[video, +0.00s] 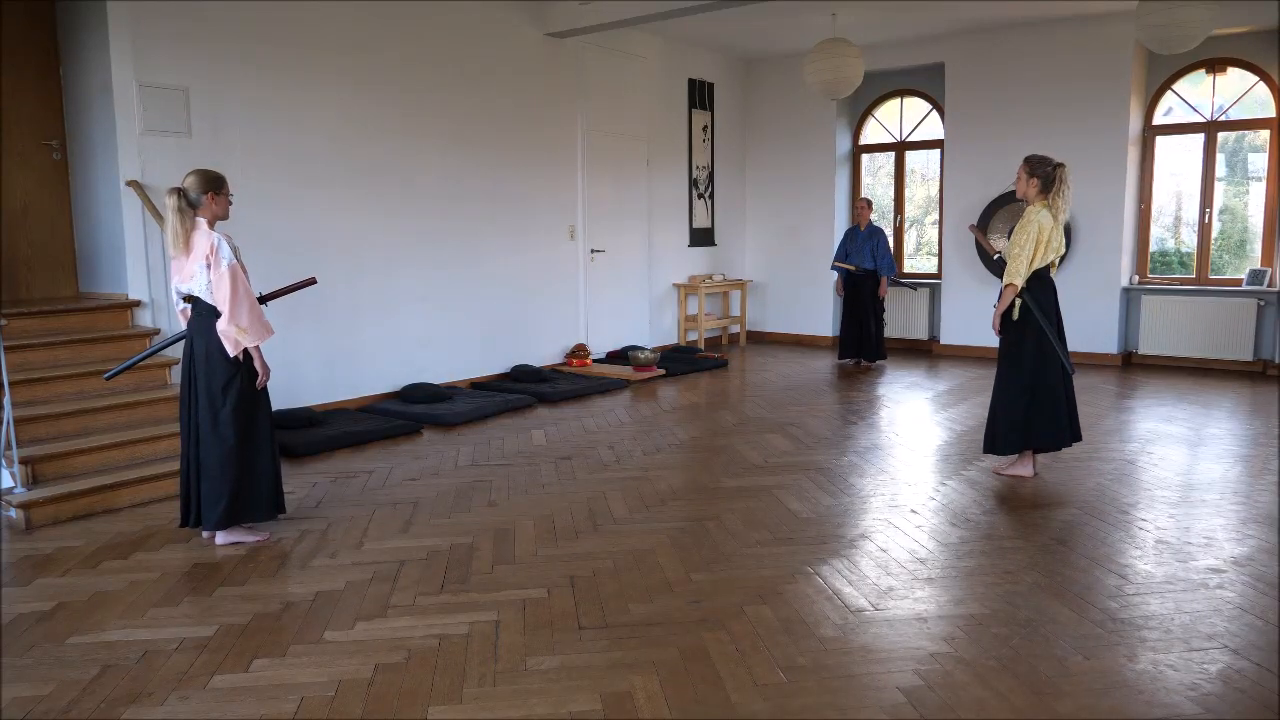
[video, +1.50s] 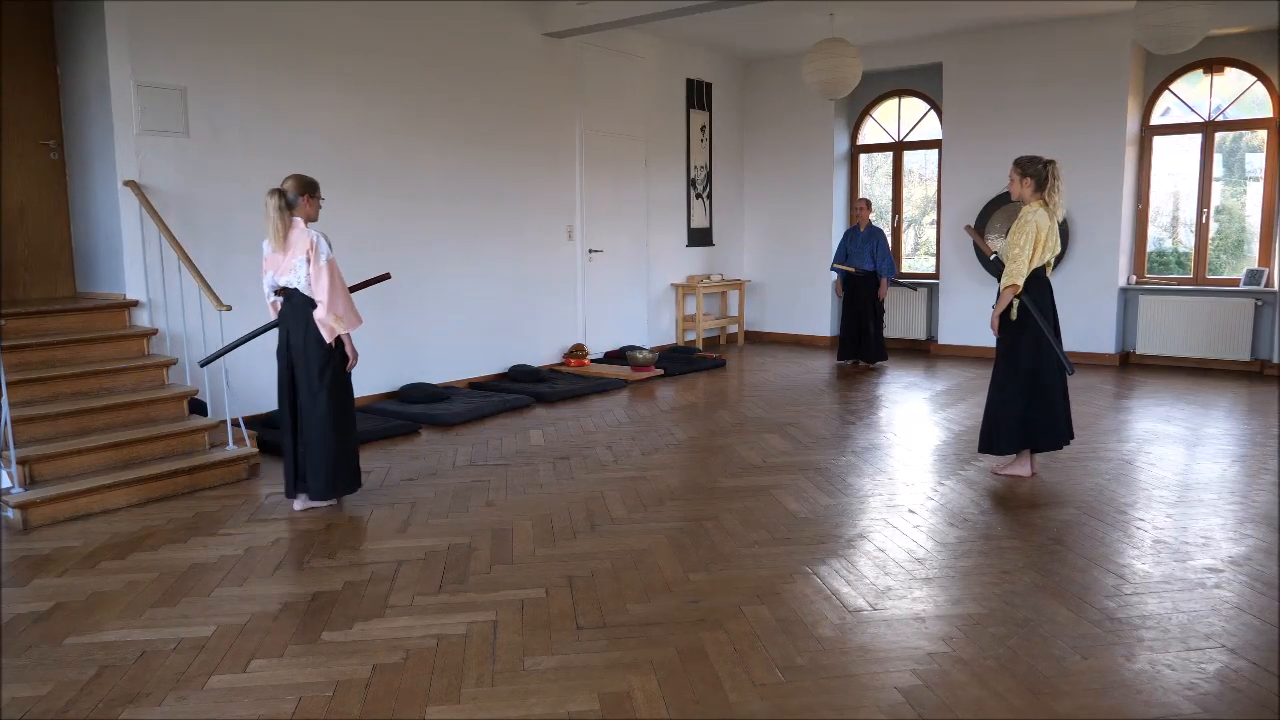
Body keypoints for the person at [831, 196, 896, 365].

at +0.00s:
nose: (858, 211)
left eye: (862, 208)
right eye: (856, 208)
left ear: (870, 210)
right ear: (854, 210)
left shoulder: (877, 233)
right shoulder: (850, 233)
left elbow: (884, 259)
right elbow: (841, 257)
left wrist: (883, 283)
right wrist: (840, 278)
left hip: (870, 279)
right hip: (852, 278)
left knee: (869, 317)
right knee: (853, 316)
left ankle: (869, 357)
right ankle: (856, 355)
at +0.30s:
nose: (859, 211)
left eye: (863, 208)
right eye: (857, 208)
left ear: (871, 211)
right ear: (855, 211)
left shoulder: (878, 233)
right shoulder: (851, 233)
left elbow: (885, 259)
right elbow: (842, 257)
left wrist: (884, 283)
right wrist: (840, 279)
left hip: (871, 279)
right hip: (852, 278)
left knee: (870, 317)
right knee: (853, 317)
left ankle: (869, 357)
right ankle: (855, 355)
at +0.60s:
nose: (860, 212)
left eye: (863, 209)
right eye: (858, 209)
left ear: (871, 211)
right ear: (855, 211)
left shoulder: (878, 233)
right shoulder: (851, 232)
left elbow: (886, 259)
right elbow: (842, 256)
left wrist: (885, 283)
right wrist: (840, 278)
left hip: (871, 279)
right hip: (853, 278)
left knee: (870, 318)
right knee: (853, 317)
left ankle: (870, 357)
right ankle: (855, 356)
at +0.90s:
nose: (859, 212)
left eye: (863, 209)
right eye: (857, 209)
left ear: (871, 211)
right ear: (854, 211)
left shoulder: (879, 233)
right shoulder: (851, 232)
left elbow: (886, 260)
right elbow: (842, 257)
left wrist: (885, 284)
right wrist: (840, 279)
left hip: (871, 279)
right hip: (853, 279)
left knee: (871, 318)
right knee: (853, 317)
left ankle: (871, 357)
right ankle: (855, 356)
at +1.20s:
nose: (859, 212)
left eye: (862, 209)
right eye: (857, 209)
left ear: (870, 211)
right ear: (854, 211)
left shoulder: (878, 233)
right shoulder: (850, 233)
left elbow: (886, 260)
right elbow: (842, 257)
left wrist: (885, 284)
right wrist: (840, 279)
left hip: (871, 279)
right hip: (852, 279)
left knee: (871, 318)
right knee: (853, 317)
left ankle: (870, 358)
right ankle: (855, 356)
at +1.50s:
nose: (858, 212)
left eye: (861, 209)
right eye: (856, 209)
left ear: (869, 211)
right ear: (853, 211)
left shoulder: (877, 233)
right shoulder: (849, 233)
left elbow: (884, 260)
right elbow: (840, 257)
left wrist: (883, 284)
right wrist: (838, 279)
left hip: (870, 279)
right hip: (851, 279)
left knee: (870, 318)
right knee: (851, 318)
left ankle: (870, 358)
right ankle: (853, 356)